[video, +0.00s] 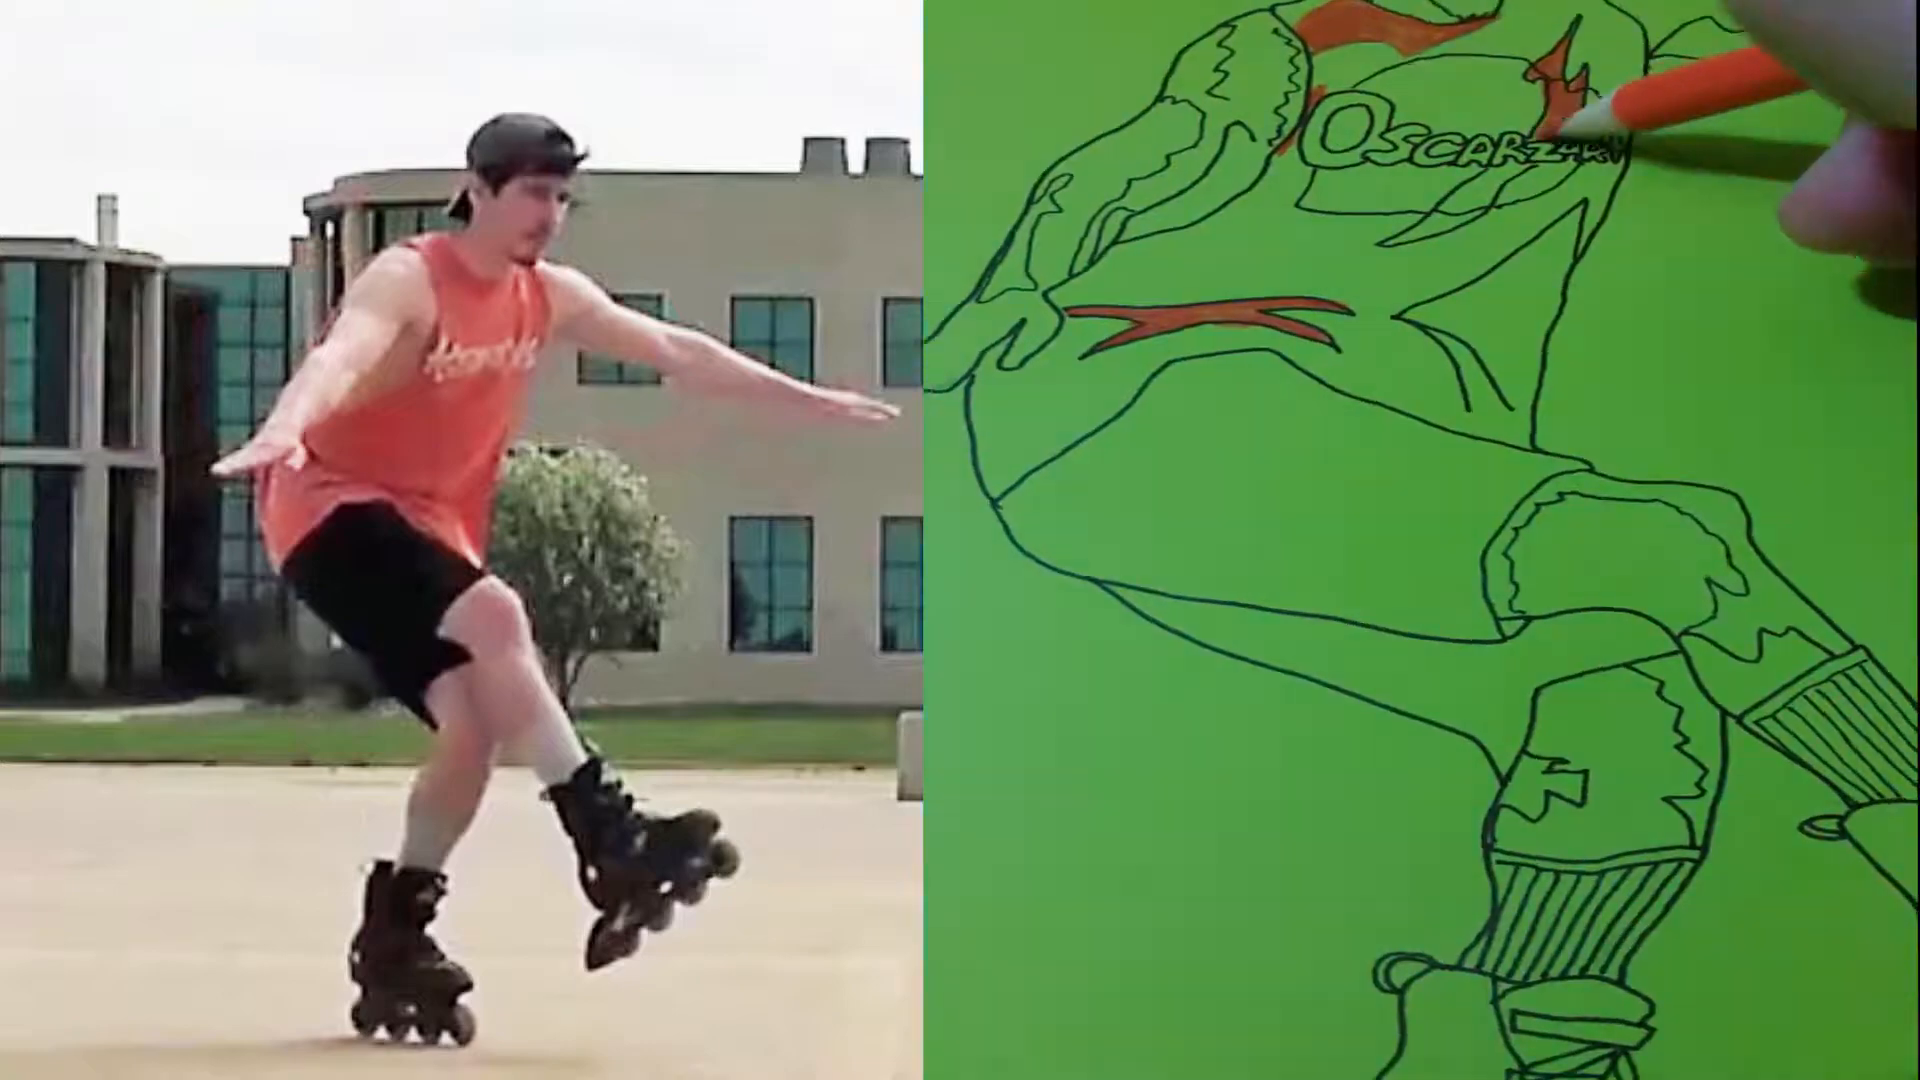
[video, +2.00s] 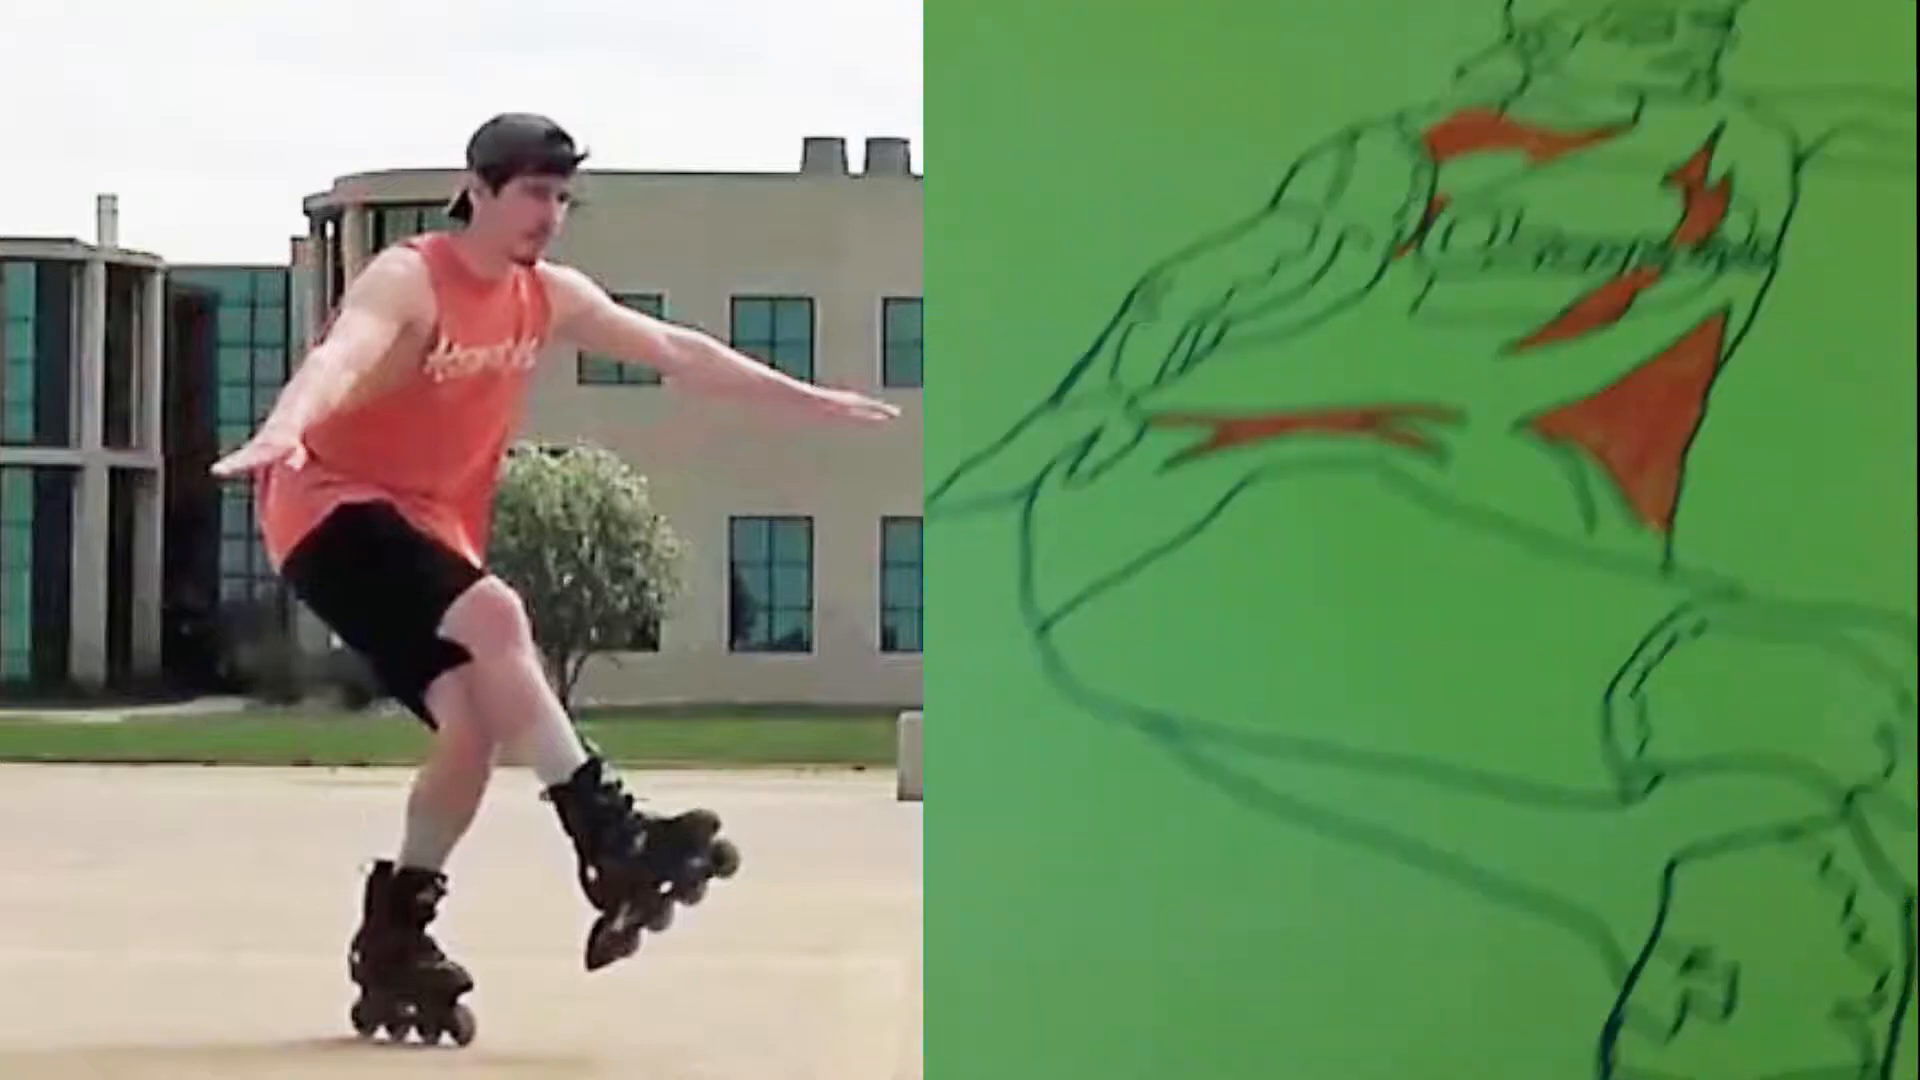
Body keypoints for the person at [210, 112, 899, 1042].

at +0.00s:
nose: (552, 214)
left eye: (562, 198)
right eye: (536, 195)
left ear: (562, 203)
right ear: (477, 191)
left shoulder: (551, 293)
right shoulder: (408, 275)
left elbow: (674, 350)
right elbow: (341, 357)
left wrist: (810, 399)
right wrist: (283, 428)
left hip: (435, 529)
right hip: (333, 504)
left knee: (478, 724)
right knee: (492, 616)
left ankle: (393, 937)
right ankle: (612, 843)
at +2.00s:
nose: (552, 214)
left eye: (562, 198)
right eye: (536, 195)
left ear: (562, 203)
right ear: (477, 191)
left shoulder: (551, 293)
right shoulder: (409, 274)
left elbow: (674, 350)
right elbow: (341, 356)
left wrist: (810, 399)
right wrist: (283, 429)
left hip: (436, 530)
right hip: (334, 505)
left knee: (478, 723)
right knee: (492, 616)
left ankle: (393, 936)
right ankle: (611, 843)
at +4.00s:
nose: (552, 214)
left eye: (562, 198)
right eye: (536, 195)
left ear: (562, 203)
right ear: (477, 191)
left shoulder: (551, 293)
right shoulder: (408, 274)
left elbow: (674, 349)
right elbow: (342, 356)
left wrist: (811, 399)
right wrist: (283, 428)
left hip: (436, 530)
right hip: (334, 505)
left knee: (477, 725)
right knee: (492, 616)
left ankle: (393, 935)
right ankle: (610, 841)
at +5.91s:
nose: (551, 214)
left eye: (561, 198)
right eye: (534, 195)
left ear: (563, 203)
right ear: (476, 191)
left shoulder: (552, 293)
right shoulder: (409, 274)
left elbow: (676, 351)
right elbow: (342, 355)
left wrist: (811, 399)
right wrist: (283, 427)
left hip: (437, 529)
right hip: (334, 505)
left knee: (477, 723)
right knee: (492, 616)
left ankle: (393, 937)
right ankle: (609, 840)